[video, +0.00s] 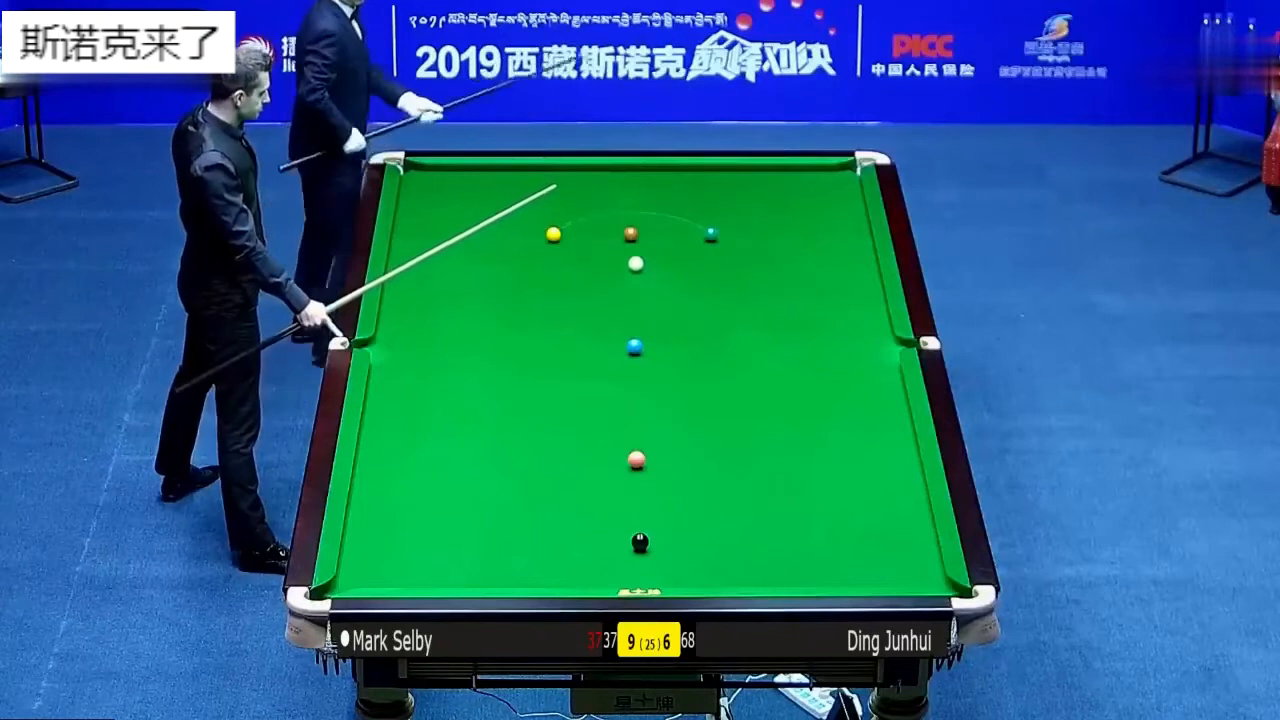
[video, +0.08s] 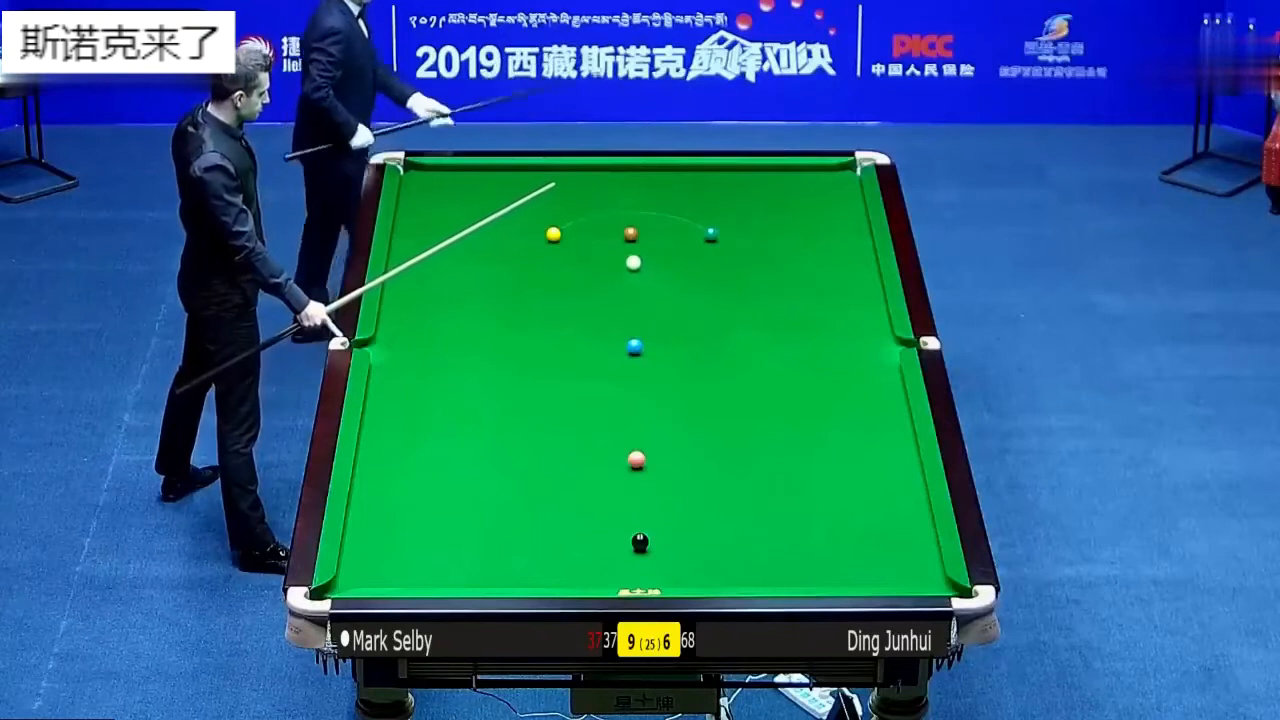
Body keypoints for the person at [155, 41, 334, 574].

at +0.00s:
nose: (267, 100)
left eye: (267, 91)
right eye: (262, 92)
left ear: (229, 89)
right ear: (237, 94)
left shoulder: (202, 121)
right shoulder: (212, 165)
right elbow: (246, 247)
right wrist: (302, 301)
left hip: (206, 281)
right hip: (226, 296)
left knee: (193, 379)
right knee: (240, 425)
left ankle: (175, 472)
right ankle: (253, 546)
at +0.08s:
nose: (266, 100)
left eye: (266, 91)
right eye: (261, 92)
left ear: (228, 90)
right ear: (236, 95)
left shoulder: (201, 122)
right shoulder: (212, 165)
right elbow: (245, 246)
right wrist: (301, 301)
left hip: (206, 282)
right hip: (226, 297)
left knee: (192, 379)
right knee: (239, 425)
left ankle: (175, 473)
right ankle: (253, 546)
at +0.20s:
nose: (267, 102)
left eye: (267, 93)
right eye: (262, 94)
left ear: (229, 92)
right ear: (235, 96)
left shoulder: (200, 121)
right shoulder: (212, 166)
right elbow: (245, 247)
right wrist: (300, 302)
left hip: (206, 284)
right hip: (226, 299)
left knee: (192, 379)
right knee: (239, 426)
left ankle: (175, 472)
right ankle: (253, 546)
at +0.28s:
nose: (267, 103)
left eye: (267, 94)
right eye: (262, 95)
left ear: (228, 93)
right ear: (237, 98)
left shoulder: (200, 122)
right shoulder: (211, 169)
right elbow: (245, 248)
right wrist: (301, 301)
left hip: (206, 284)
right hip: (226, 298)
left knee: (192, 379)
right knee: (239, 426)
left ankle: (175, 472)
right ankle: (253, 546)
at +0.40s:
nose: (266, 104)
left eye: (266, 94)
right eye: (260, 96)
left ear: (228, 93)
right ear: (235, 98)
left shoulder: (200, 122)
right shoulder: (210, 168)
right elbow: (244, 248)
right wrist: (300, 302)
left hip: (206, 283)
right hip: (225, 298)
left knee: (193, 379)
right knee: (239, 424)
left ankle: (175, 472)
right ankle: (253, 546)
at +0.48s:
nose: (266, 104)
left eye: (266, 95)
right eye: (260, 96)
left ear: (229, 93)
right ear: (236, 98)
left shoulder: (201, 122)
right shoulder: (210, 168)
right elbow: (243, 247)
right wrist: (299, 301)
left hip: (206, 283)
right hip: (225, 297)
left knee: (193, 378)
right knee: (239, 423)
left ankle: (175, 471)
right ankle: (253, 546)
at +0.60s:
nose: (267, 104)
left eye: (267, 95)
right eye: (262, 96)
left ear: (229, 93)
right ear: (237, 98)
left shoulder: (200, 121)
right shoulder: (210, 169)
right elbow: (243, 248)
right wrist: (301, 303)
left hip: (205, 283)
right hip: (224, 298)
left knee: (192, 379)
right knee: (238, 425)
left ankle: (175, 472)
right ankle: (253, 546)